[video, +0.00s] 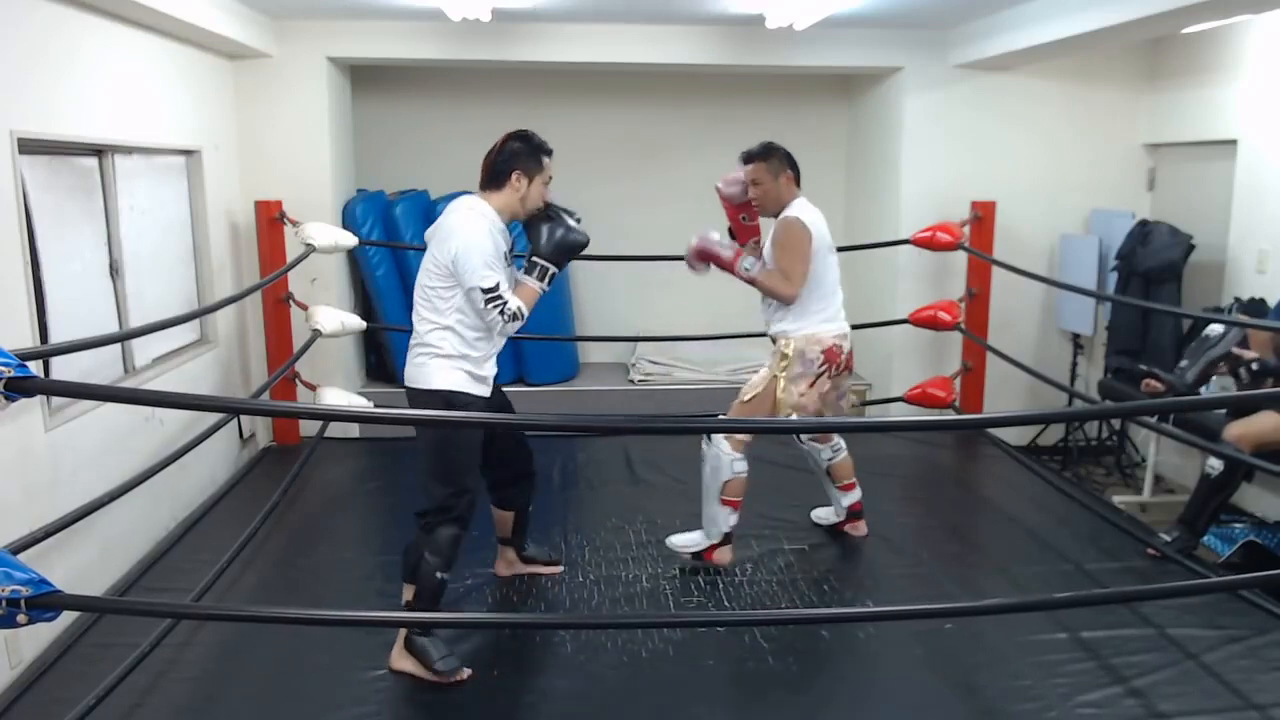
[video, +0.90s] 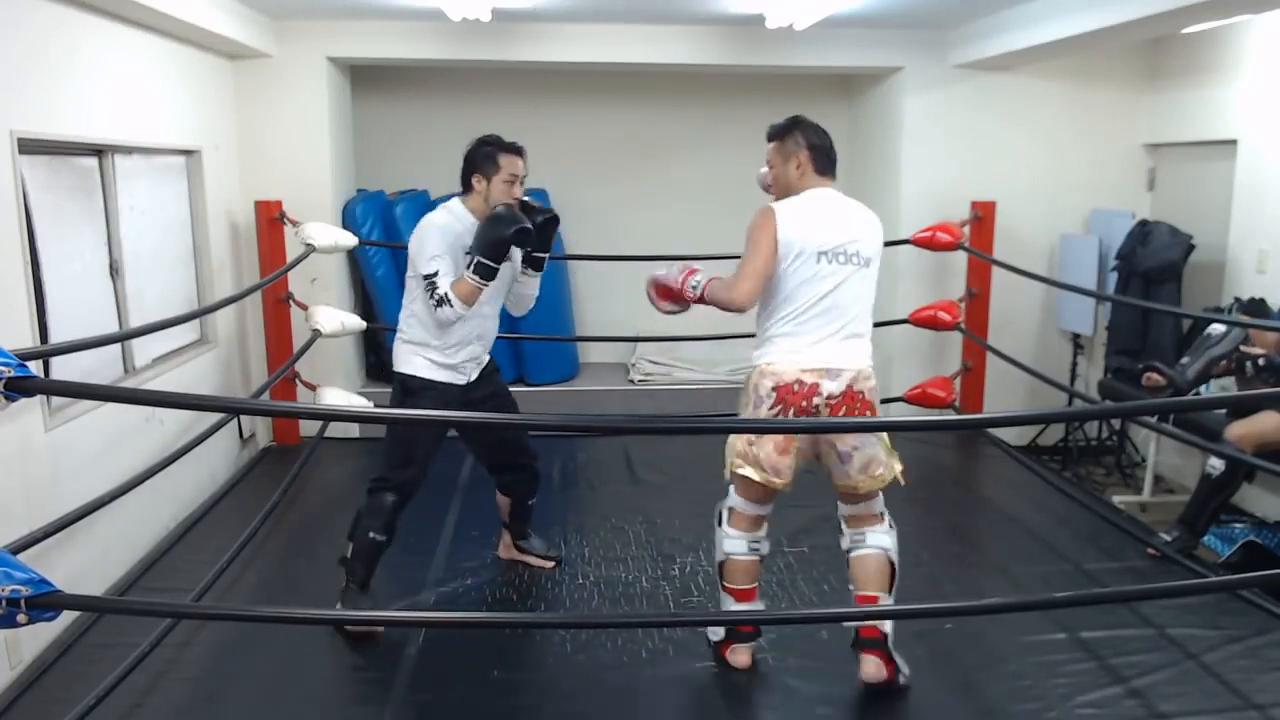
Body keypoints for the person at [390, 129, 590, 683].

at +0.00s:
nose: (547, 194)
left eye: (548, 183)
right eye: (545, 182)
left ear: (512, 178)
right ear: (518, 180)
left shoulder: (486, 223)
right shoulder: (471, 223)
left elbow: (501, 307)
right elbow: (505, 319)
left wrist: (540, 261)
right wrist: (544, 265)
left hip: (474, 377)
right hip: (444, 380)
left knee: (514, 465)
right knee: (451, 502)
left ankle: (510, 556)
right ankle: (410, 640)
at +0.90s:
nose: (520, 191)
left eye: (522, 181)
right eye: (512, 180)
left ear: (499, 183)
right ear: (479, 181)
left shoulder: (503, 231)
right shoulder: (436, 228)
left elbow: (517, 307)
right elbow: (444, 312)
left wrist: (536, 251)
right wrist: (489, 253)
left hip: (475, 369)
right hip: (425, 372)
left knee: (518, 464)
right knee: (397, 481)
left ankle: (515, 540)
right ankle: (355, 594)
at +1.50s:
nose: (460, 185)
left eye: (465, 175)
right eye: (449, 176)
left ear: (470, 179)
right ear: (423, 180)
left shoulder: (477, 223)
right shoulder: (392, 232)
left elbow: (504, 284)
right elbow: (396, 308)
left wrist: (500, 283)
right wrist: (414, 273)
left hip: (463, 355)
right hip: (405, 361)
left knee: (509, 441)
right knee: (384, 454)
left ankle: (516, 533)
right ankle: (362, 528)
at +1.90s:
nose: (485, 179)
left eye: (491, 171)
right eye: (475, 171)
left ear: (499, 175)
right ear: (453, 176)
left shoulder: (507, 220)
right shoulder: (428, 223)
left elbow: (521, 294)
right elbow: (453, 276)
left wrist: (515, 242)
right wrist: (488, 237)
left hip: (493, 353)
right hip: (433, 352)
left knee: (530, 443)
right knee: (398, 439)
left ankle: (565, 522)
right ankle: (366, 516)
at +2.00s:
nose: (486, 175)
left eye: (494, 164)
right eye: (476, 164)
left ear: (503, 168)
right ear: (456, 167)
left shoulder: (512, 215)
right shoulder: (434, 212)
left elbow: (533, 288)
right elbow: (461, 251)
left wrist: (519, 245)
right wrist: (518, 232)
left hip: (503, 349)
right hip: (445, 347)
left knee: (540, 428)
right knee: (409, 428)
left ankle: (555, 508)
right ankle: (413, 490)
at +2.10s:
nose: (486, 174)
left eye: (493, 163)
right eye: (476, 164)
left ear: (502, 166)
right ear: (457, 168)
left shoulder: (516, 216)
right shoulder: (435, 215)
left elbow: (534, 279)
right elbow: (448, 281)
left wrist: (520, 247)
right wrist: (506, 278)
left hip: (507, 346)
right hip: (449, 348)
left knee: (539, 431)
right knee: (427, 442)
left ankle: (560, 511)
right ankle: (462, 498)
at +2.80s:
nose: (492, 168)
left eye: (501, 157)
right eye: (483, 160)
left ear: (523, 160)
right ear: (475, 167)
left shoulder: (548, 213)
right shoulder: (475, 222)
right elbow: (471, 285)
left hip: (542, 342)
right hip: (492, 339)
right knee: (475, 416)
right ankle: (466, 499)